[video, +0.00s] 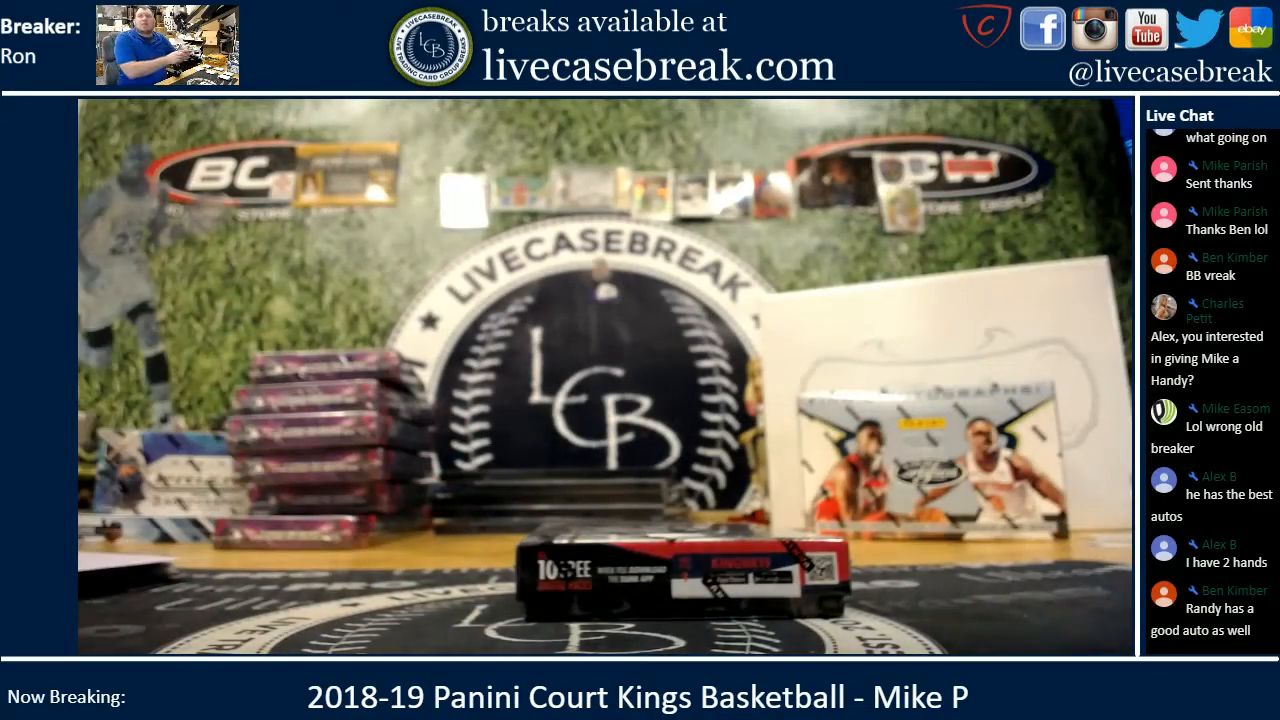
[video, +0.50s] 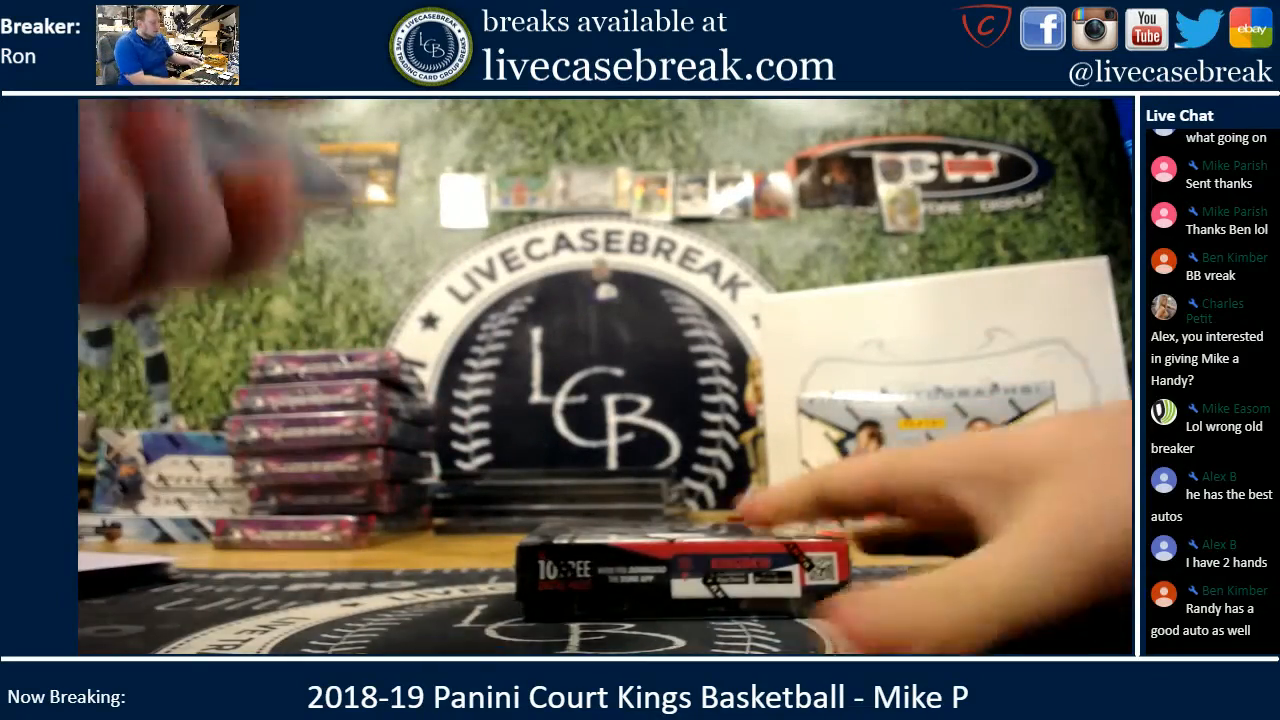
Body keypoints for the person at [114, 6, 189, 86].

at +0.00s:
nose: (144, 19)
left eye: (148, 16)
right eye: (140, 16)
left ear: (154, 21)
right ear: (134, 21)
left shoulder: (160, 38)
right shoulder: (124, 39)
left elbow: (172, 58)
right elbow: (131, 72)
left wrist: (181, 55)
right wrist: (167, 60)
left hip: (159, 92)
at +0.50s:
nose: (157, 27)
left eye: (159, 22)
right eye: (153, 23)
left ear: (160, 21)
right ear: (140, 24)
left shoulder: (160, 38)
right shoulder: (126, 44)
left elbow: (173, 57)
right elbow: (138, 80)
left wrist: (191, 60)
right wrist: (178, 82)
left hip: (163, 90)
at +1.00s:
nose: (157, 27)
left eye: (157, 22)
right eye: (152, 24)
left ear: (159, 21)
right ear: (138, 25)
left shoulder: (160, 38)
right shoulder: (125, 46)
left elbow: (175, 55)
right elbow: (142, 83)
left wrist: (191, 64)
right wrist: (184, 82)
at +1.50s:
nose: (157, 28)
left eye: (157, 22)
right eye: (151, 24)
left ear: (158, 21)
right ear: (137, 26)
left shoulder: (161, 37)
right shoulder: (124, 46)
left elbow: (177, 55)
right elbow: (141, 82)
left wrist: (194, 64)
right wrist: (183, 83)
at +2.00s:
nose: (156, 28)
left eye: (156, 22)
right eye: (150, 24)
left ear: (158, 21)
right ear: (136, 27)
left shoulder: (161, 38)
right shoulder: (124, 47)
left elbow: (179, 54)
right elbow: (141, 83)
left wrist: (195, 61)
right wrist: (183, 83)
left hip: (164, 93)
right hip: (137, 99)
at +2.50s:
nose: (157, 27)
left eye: (157, 22)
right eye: (151, 24)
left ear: (158, 21)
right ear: (136, 27)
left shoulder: (162, 38)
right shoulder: (124, 47)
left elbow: (179, 53)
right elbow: (141, 83)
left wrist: (196, 61)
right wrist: (181, 84)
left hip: (164, 95)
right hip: (137, 100)